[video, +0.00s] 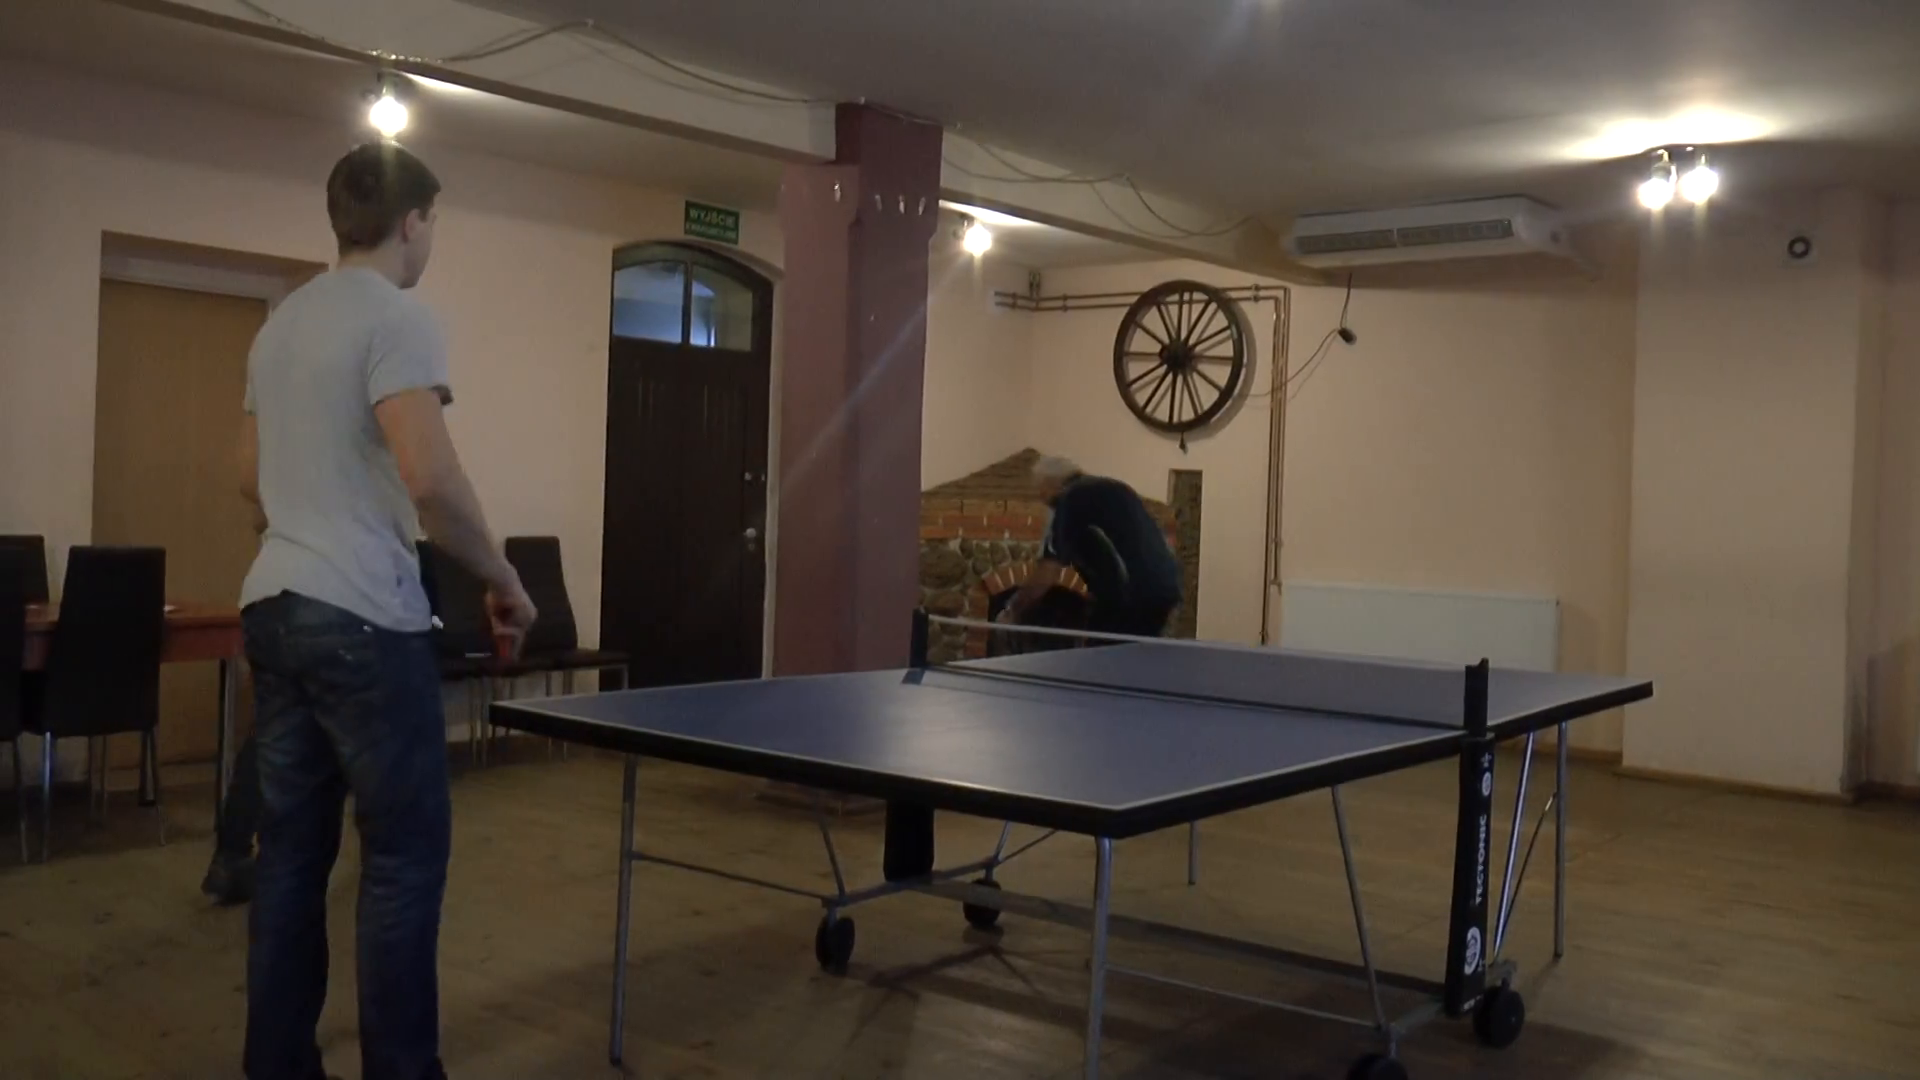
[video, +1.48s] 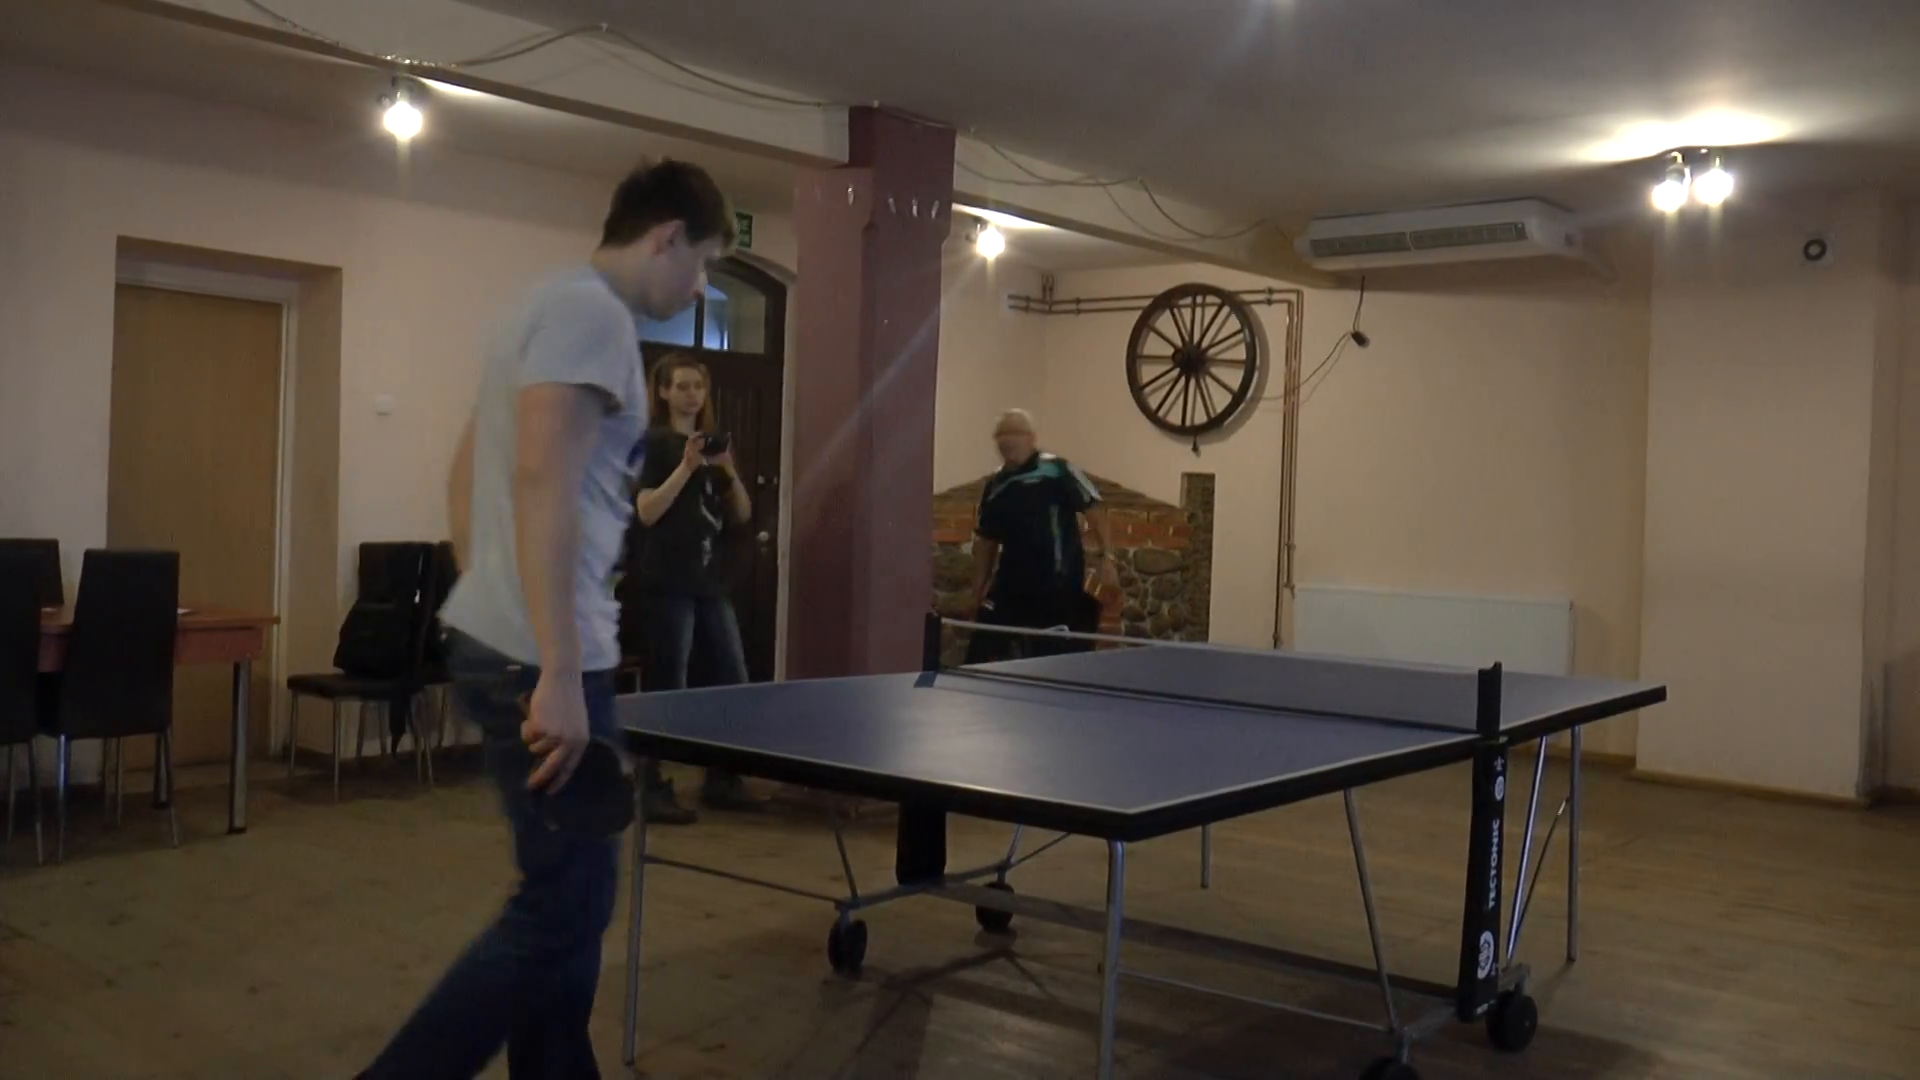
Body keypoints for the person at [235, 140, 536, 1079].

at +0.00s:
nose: (432, 242)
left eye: (432, 226)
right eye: (432, 225)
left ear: (342, 221)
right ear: (409, 223)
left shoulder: (280, 320)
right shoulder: (394, 315)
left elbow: (256, 477)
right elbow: (430, 476)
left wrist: (338, 541)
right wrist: (501, 576)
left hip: (273, 610)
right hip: (365, 616)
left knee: (291, 856)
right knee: (407, 855)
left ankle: (278, 1064)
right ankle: (403, 1065)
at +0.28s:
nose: (431, 256)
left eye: (436, 240)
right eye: (430, 236)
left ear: (344, 216)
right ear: (391, 217)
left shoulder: (277, 306)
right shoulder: (378, 314)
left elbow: (333, 427)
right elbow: (423, 493)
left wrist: (421, 350)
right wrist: (460, 593)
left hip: (271, 608)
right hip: (355, 623)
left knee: (291, 856)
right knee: (375, 870)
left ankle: (276, 1064)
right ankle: (337, 1068)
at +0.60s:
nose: (463, 269)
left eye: (472, 254)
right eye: (466, 247)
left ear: (382, 219)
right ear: (427, 220)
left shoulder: (307, 297)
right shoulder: (376, 308)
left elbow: (421, 447)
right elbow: (423, 504)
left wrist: (447, 321)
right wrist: (506, 650)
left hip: (301, 627)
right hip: (365, 647)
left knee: (321, 884)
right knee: (358, 902)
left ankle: (292, 1061)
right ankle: (312, 1069)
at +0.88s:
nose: (513, 277)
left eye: (523, 259)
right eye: (520, 251)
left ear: (445, 218)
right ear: (483, 220)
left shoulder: (358, 286)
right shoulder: (417, 293)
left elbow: (440, 435)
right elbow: (378, 472)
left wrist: (512, 348)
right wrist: (478, 635)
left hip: (347, 632)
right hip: (380, 648)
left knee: (431, 865)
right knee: (363, 909)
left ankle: (394, 1063)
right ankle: (327, 1071)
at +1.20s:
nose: (619, 309)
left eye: (630, 294)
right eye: (624, 284)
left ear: (572, 245)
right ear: (581, 245)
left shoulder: (459, 306)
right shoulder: (492, 318)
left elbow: (374, 449)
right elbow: (456, 489)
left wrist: (447, 569)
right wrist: (572, 619)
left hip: (459, 667)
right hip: (427, 670)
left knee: (525, 898)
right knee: (388, 922)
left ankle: (545, 1071)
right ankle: (324, 1070)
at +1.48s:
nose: (700, 291)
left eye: (708, 272)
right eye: (703, 265)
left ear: (639, 237)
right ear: (665, 239)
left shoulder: (545, 308)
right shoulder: (589, 310)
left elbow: (471, 470)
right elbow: (542, 481)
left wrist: (483, 600)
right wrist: (560, 669)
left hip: (506, 653)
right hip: (545, 666)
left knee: (566, 906)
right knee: (563, 908)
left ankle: (559, 1070)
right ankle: (402, 1074)